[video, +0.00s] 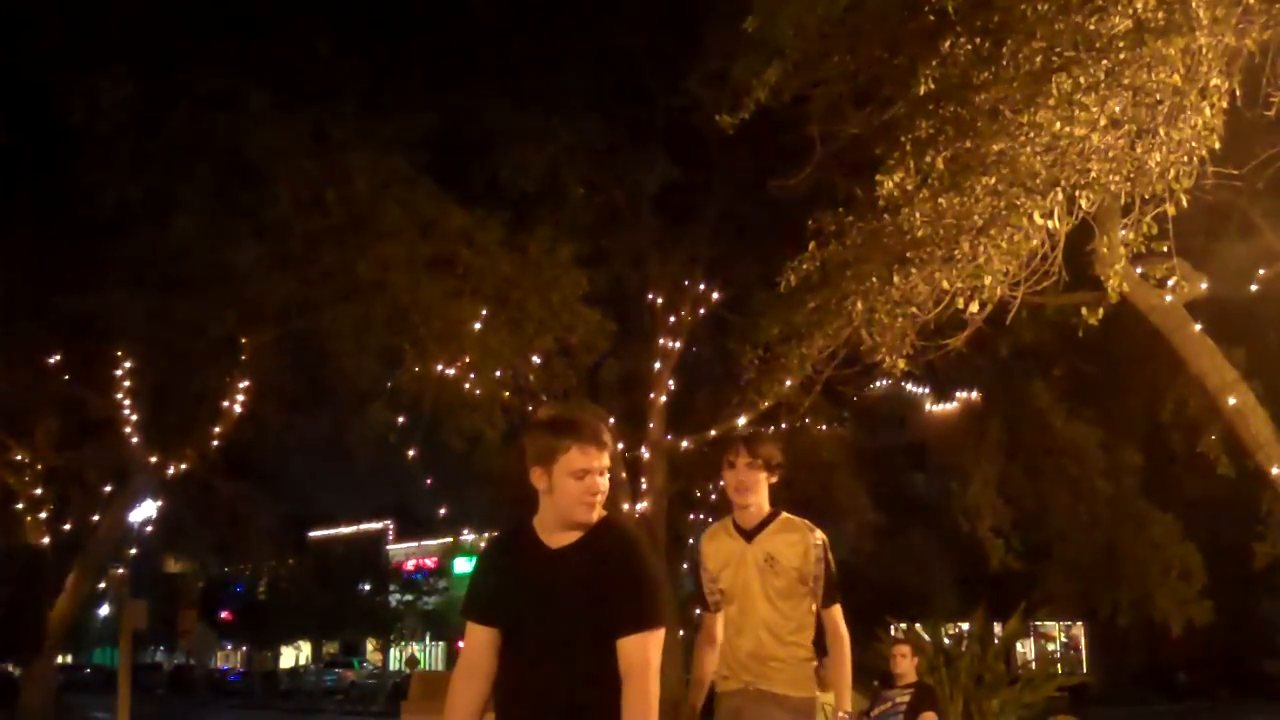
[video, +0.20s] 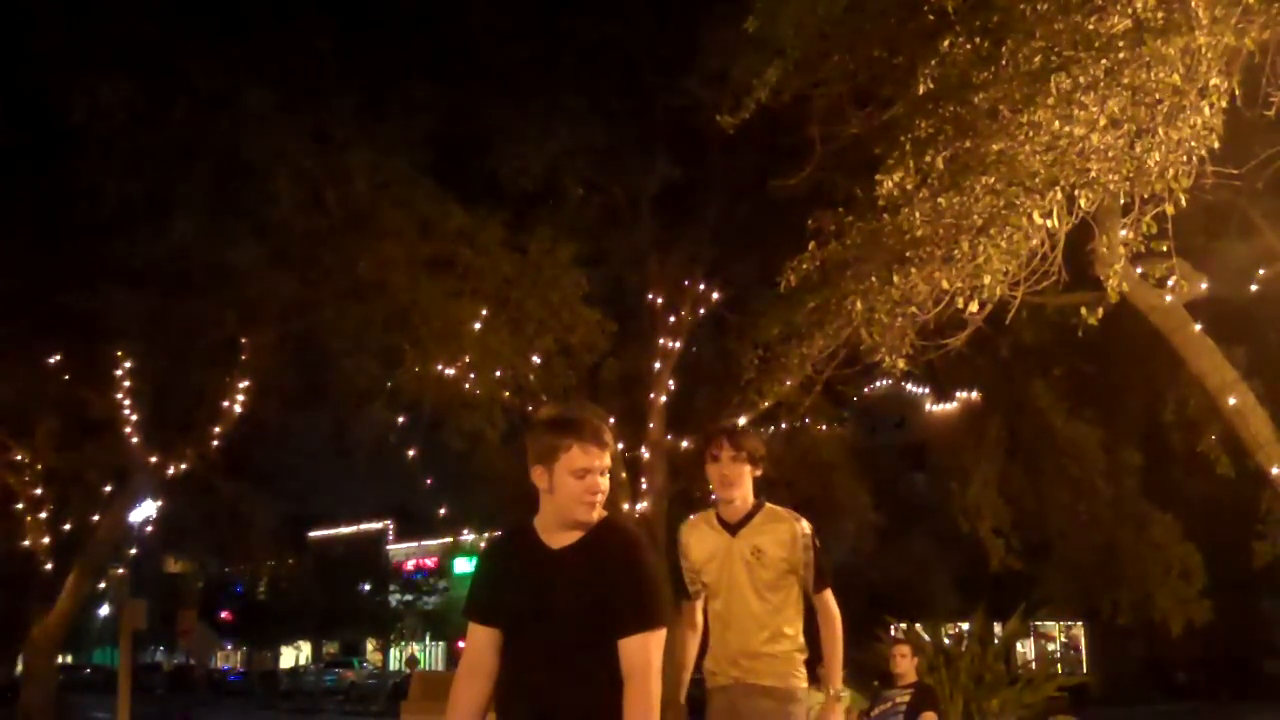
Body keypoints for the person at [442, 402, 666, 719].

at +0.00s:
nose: (598, 487)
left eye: (603, 472)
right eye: (581, 475)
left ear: (610, 472)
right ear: (540, 478)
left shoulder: (626, 554)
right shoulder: (502, 555)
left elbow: (640, 682)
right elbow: (472, 673)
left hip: (601, 712)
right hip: (518, 710)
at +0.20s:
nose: (599, 486)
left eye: (604, 472)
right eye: (582, 474)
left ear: (611, 472)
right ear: (541, 477)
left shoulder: (626, 552)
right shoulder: (503, 555)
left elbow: (642, 681)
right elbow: (475, 671)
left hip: (602, 711)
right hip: (519, 711)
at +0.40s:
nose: (598, 485)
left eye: (603, 472)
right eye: (581, 473)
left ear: (611, 472)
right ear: (540, 476)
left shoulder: (625, 552)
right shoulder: (503, 556)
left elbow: (642, 680)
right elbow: (477, 671)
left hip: (602, 710)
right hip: (520, 711)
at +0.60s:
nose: (595, 486)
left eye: (600, 473)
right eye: (577, 474)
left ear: (608, 472)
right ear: (538, 477)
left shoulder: (625, 553)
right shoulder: (505, 556)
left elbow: (643, 681)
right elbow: (478, 672)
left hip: (605, 711)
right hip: (522, 711)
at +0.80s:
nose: (557, 494)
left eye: (571, 480)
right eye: (543, 480)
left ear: (597, 473)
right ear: (526, 474)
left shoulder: (631, 556)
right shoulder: (508, 556)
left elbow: (644, 682)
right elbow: (481, 671)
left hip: (605, 711)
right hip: (523, 711)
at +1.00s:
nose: (539, 498)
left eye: (555, 483)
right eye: (528, 483)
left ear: (587, 476)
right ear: (517, 481)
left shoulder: (626, 552)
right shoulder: (506, 558)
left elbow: (649, 681)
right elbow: (482, 674)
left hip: (607, 711)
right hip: (523, 711)